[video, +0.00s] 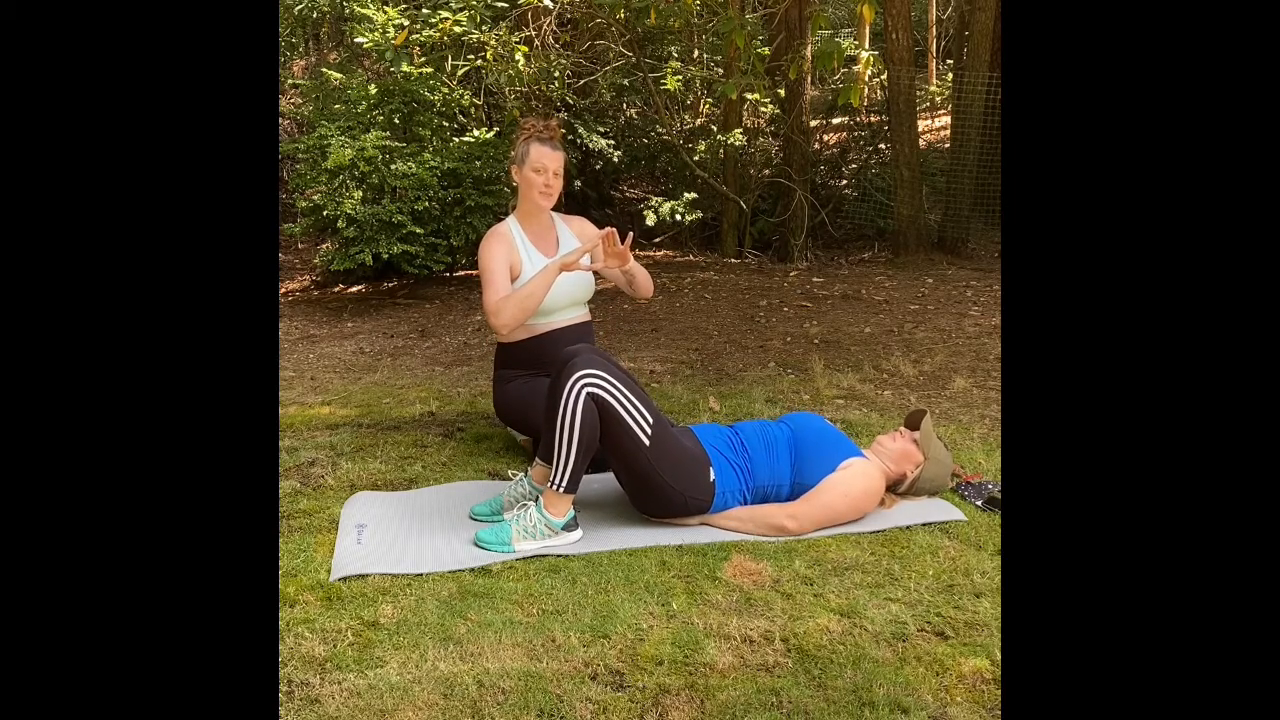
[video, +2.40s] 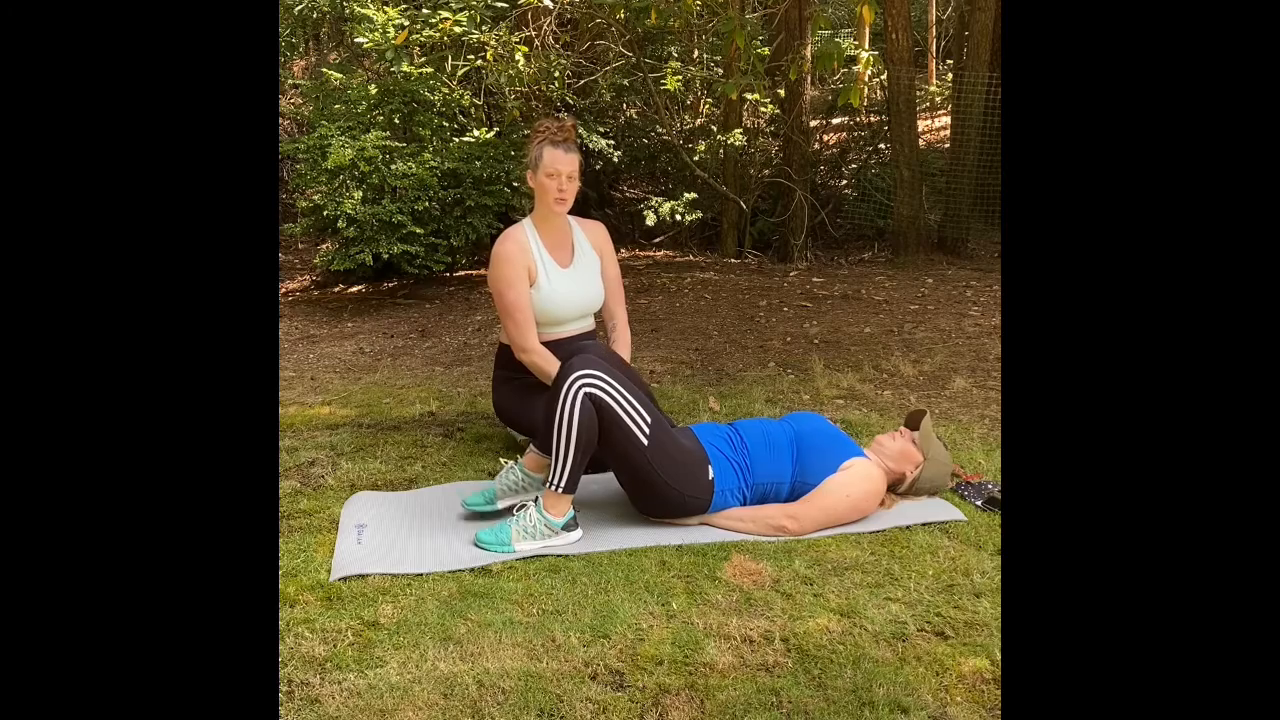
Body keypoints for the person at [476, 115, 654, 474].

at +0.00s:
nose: (550, 182)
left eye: (557, 174)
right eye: (539, 171)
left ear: (564, 179)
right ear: (516, 174)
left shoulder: (579, 229)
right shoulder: (498, 242)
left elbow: (644, 292)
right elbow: (501, 321)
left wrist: (629, 269)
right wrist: (554, 267)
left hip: (583, 364)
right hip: (523, 377)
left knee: (641, 441)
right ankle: (540, 452)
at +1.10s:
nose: (549, 183)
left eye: (558, 175)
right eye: (539, 172)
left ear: (565, 180)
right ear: (518, 174)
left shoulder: (581, 230)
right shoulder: (500, 242)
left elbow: (641, 297)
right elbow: (495, 330)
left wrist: (628, 286)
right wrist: (561, 292)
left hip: (585, 366)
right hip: (523, 379)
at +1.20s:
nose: (549, 181)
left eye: (558, 173)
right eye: (539, 171)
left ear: (565, 179)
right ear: (518, 174)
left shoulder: (583, 231)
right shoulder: (502, 242)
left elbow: (626, 289)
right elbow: (491, 336)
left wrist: (629, 302)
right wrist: (564, 320)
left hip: (581, 368)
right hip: (521, 381)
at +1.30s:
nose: (551, 181)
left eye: (559, 172)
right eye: (540, 170)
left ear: (566, 178)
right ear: (519, 175)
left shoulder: (584, 232)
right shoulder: (503, 243)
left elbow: (620, 299)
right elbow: (491, 342)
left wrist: (625, 337)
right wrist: (569, 355)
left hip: (586, 367)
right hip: (523, 377)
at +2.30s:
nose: (563, 187)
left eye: (571, 177)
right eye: (553, 176)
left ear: (579, 181)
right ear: (531, 179)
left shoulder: (594, 234)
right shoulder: (511, 248)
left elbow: (617, 323)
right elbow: (526, 348)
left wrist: (616, 384)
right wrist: (590, 396)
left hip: (586, 367)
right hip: (526, 378)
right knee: (605, 441)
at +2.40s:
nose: (563, 186)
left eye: (571, 177)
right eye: (552, 176)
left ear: (579, 180)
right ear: (531, 179)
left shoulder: (595, 234)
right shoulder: (512, 247)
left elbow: (618, 324)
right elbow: (526, 349)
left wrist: (617, 384)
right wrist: (589, 396)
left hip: (589, 371)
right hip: (524, 380)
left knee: (584, 350)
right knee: (607, 444)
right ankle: (533, 465)